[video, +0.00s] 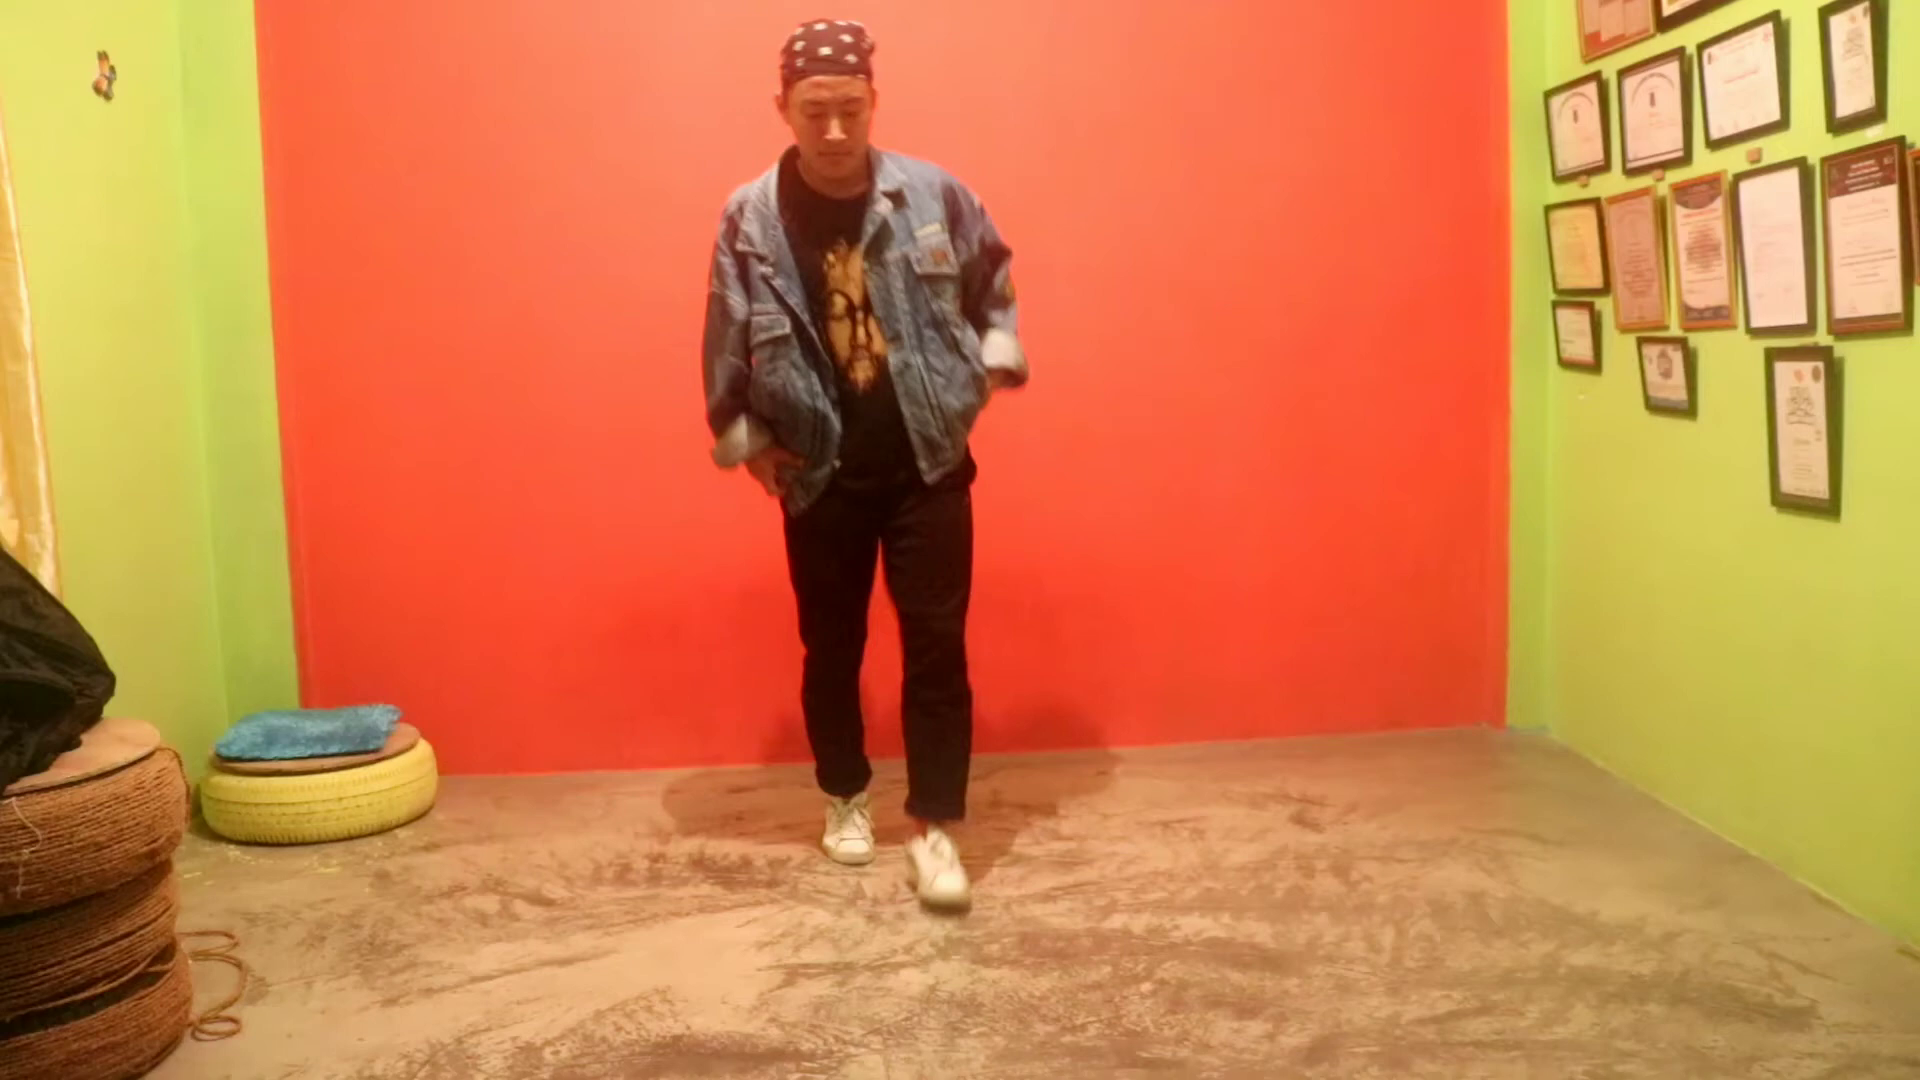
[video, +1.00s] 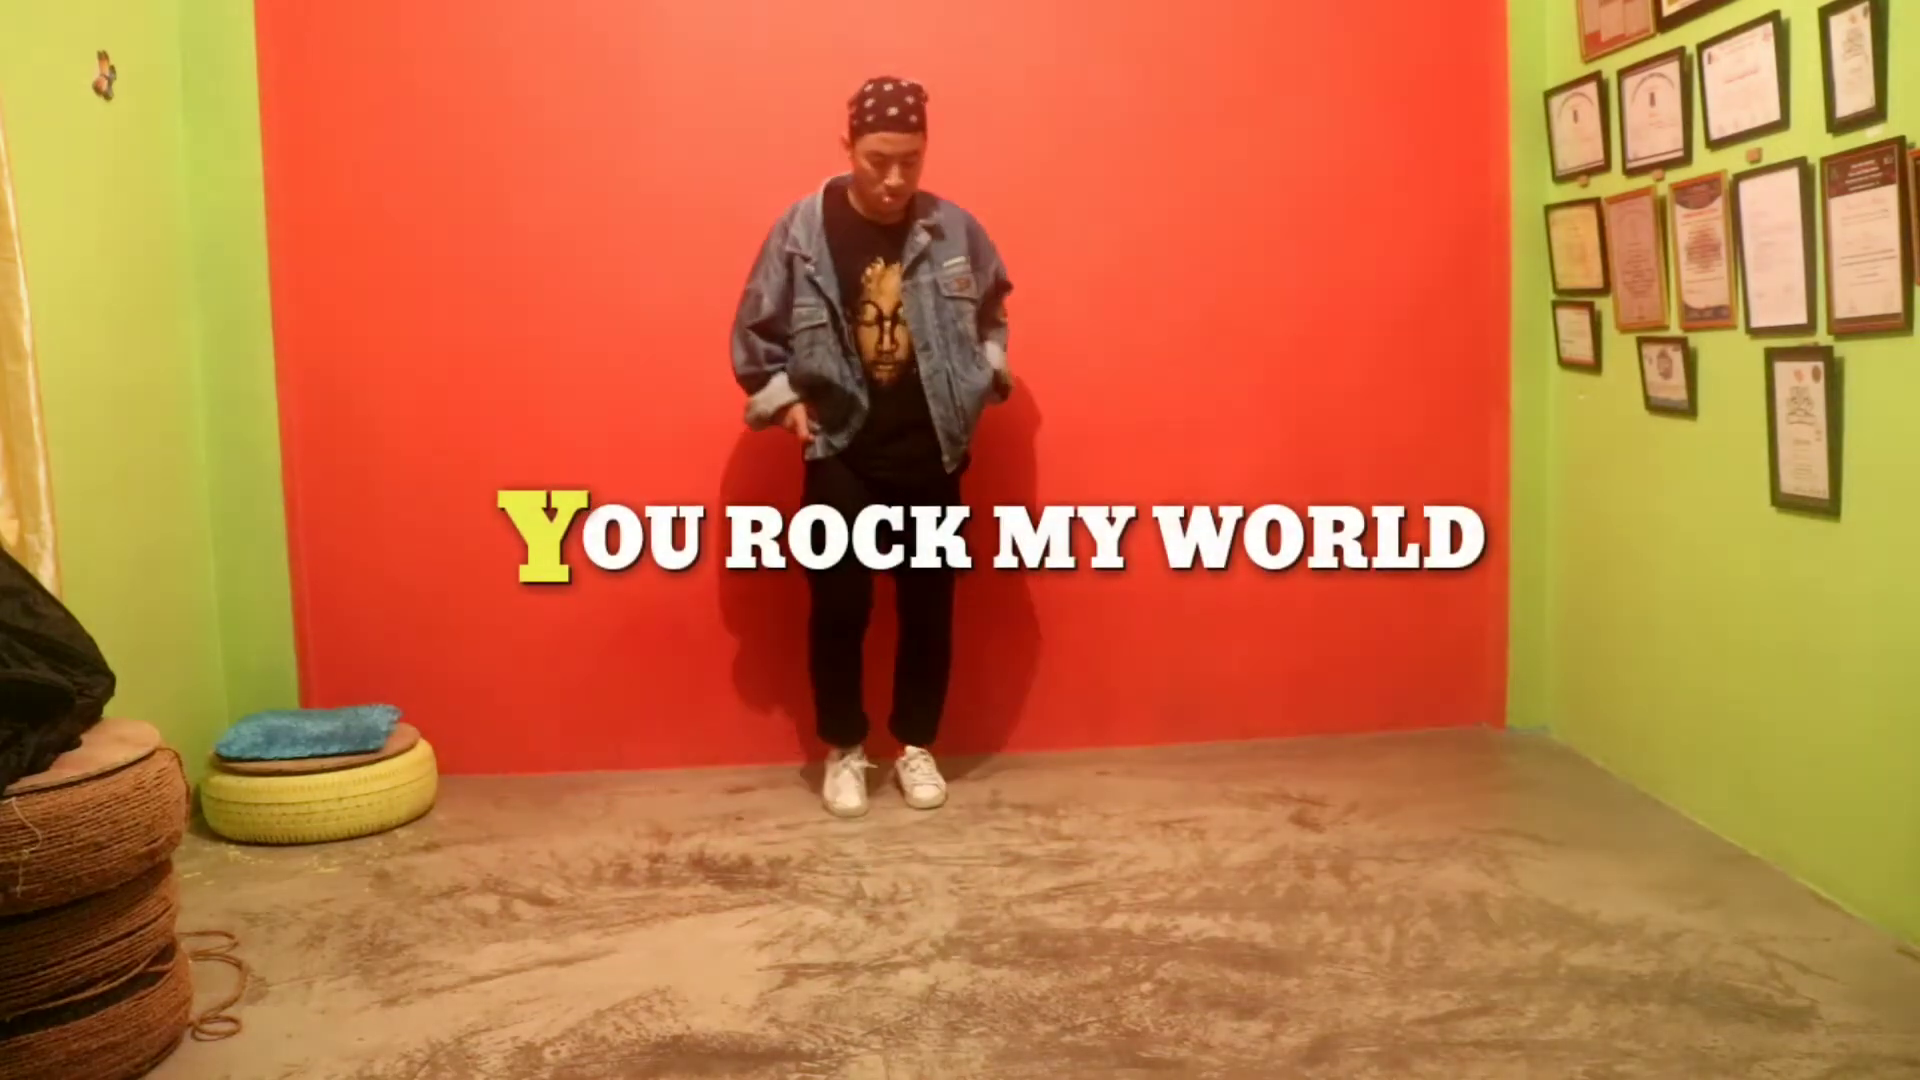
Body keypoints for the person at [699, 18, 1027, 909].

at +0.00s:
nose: (835, 133)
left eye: (850, 112)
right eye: (815, 114)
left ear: (875, 107)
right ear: (785, 113)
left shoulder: (935, 195)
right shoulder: (751, 217)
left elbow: (991, 287)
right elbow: (726, 346)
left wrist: (988, 368)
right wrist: (751, 446)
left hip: (929, 461)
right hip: (819, 471)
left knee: (938, 642)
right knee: (833, 642)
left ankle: (935, 825)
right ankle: (846, 798)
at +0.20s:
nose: (814, 149)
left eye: (829, 127)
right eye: (795, 132)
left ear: (855, 117)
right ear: (770, 129)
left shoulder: (923, 198)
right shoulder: (748, 229)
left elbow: (984, 271)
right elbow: (722, 350)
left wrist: (981, 356)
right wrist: (754, 434)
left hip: (921, 461)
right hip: (814, 469)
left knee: (958, 613)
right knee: (818, 635)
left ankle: (921, 752)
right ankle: (842, 795)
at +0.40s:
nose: (833, 162)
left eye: (849, 143)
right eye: (815, 145)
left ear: (874, 133)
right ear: (791, 140)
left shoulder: (931, 206)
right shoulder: (761, 228)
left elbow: (999, 267)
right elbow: (729, 329)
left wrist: (996, 347)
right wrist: (752, 400)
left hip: (915, 449)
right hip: (815, 454)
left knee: (932, 599)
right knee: (813, 623)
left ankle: (926, 737)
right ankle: (850, 793)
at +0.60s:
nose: (881, 173)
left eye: (894, 157)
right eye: (865, 157)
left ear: (916, 152)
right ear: (839, 152)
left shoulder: (960, 228)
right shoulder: (794, 234)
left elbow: (1006, 297)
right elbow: (751, 335)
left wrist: (997, 365)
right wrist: (782, 404)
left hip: (926, 449)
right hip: (834, 451)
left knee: (922, 602)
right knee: (829, 616)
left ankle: (917, 747)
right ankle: (850, 787)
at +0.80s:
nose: (908, 181)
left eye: (923, 164)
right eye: (893, 162)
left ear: (941, 156)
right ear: (864, 148)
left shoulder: (963, 235)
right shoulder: (809, 231)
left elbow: (997, 318)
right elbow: (761, 339)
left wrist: (992, 386)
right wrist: (795, 417)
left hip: (935, 451)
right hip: (846, 452)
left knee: (929, 607)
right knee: (848, 608)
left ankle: (916, 748)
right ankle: (845, 756)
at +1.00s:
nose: (894, 179)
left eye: (908, 162)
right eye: (878, 162)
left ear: (925, 156)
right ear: (850, 153)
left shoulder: (956, 229)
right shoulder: (802, 229)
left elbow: (992, 311)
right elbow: (755, 333)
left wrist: (987, 376)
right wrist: (790, 405)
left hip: (931, 443)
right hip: (840, 444)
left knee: (928, 600)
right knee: (841, 600)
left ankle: (915, 748)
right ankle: (845, 751)